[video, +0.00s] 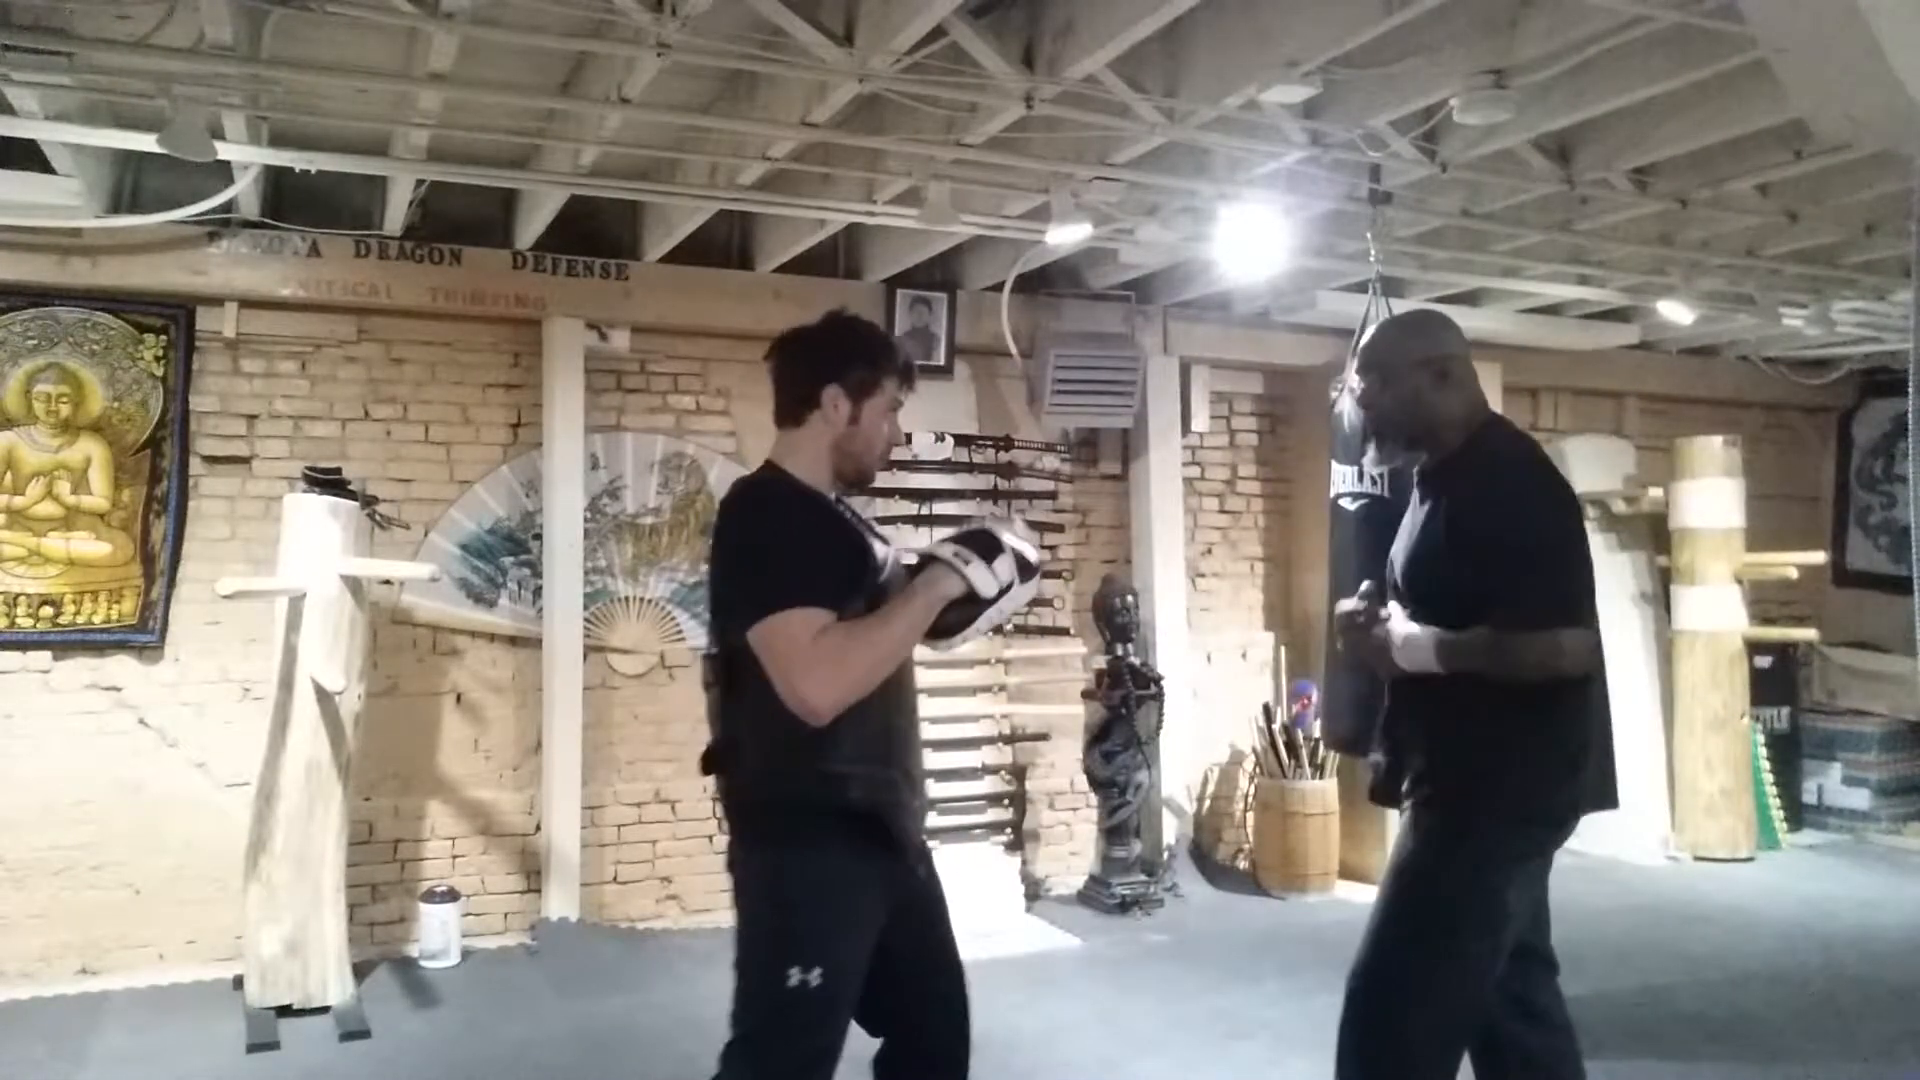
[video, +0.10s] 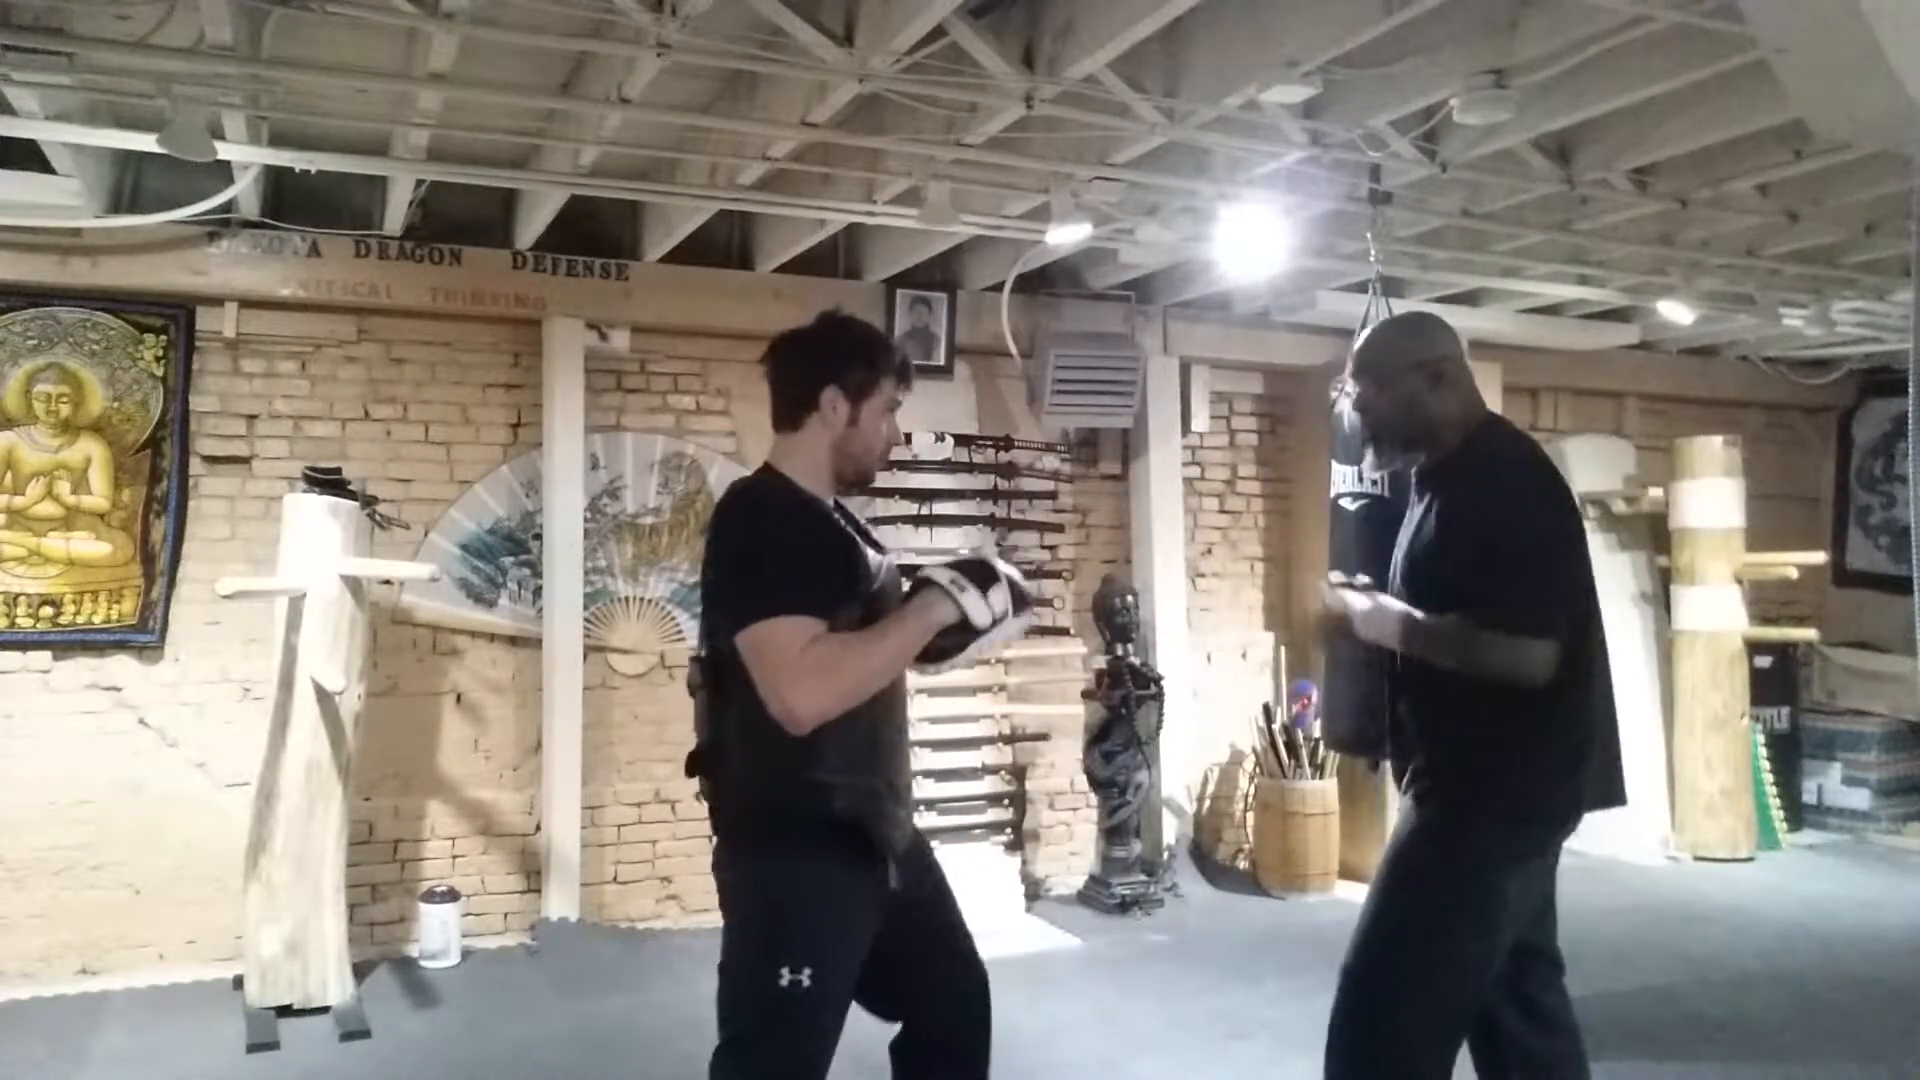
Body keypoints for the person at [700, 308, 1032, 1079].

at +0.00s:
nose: (899, 433)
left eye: (899, 412)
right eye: (890, 409)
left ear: (836, 408)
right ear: (836, 406)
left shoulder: (838, 522)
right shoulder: (765, 513)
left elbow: (849, 649)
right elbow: (816, 684)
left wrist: (943, 593)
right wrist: (938, 582)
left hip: (879, 836)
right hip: (803, 841)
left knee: (932, 1038)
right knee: (781, 1059)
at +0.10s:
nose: (898, 433)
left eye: (898, 412)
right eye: (888, 409)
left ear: (833, 409)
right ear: (833, 407)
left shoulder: (835, 522)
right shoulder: (759, 517)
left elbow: (849, 656)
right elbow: (801, 691)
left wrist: (947, 609)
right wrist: (937, 604)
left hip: (872, 838)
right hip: (792, 848)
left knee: (951, 1006)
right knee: (771, 1062)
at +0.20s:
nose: (903, 427)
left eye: (902, 406)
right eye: (892, 404)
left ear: (837, 405)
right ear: (836, 404)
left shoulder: (847, 520)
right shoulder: (764, 514)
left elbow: (872, 644)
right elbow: (810, 683)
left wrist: (976, 612)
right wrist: (944, 596)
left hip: (880, 840)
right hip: (798, 847)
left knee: (950, 1043)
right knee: (767, 1063)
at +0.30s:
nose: (914, 431)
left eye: (912, 410)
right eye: (902, 408)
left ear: (850, 413)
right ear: (846, 410)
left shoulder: (859, 526)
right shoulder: (781, 519)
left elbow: (913, 614)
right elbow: (853, 664)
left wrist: (1008, 560)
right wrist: (967, 556)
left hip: (896, 844)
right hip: (815, 849)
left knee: (952, 1045)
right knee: (779, 1062)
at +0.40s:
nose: (930, 428)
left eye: (930, 410)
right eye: (919, 407)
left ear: (864, 411)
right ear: (862, 408)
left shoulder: (876, 522)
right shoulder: (794, 512)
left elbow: (949, 594)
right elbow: (892, 632)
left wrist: (1027, 517)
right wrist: (987, 508)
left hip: (905, 832)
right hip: (823, 836)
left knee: (961, 1035)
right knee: (793, 1057)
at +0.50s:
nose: (943, 429)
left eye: (944, 411)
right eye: (932, 407)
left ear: (878, 411)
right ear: (876, 408)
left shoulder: (882, 519)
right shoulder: (799, 505)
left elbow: (958, 610)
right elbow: (907, 613)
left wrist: (1009, 504)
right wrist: (985, 476)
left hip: (903, 828)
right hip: (819, 831)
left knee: (958, 1039)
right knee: (810, 1054)